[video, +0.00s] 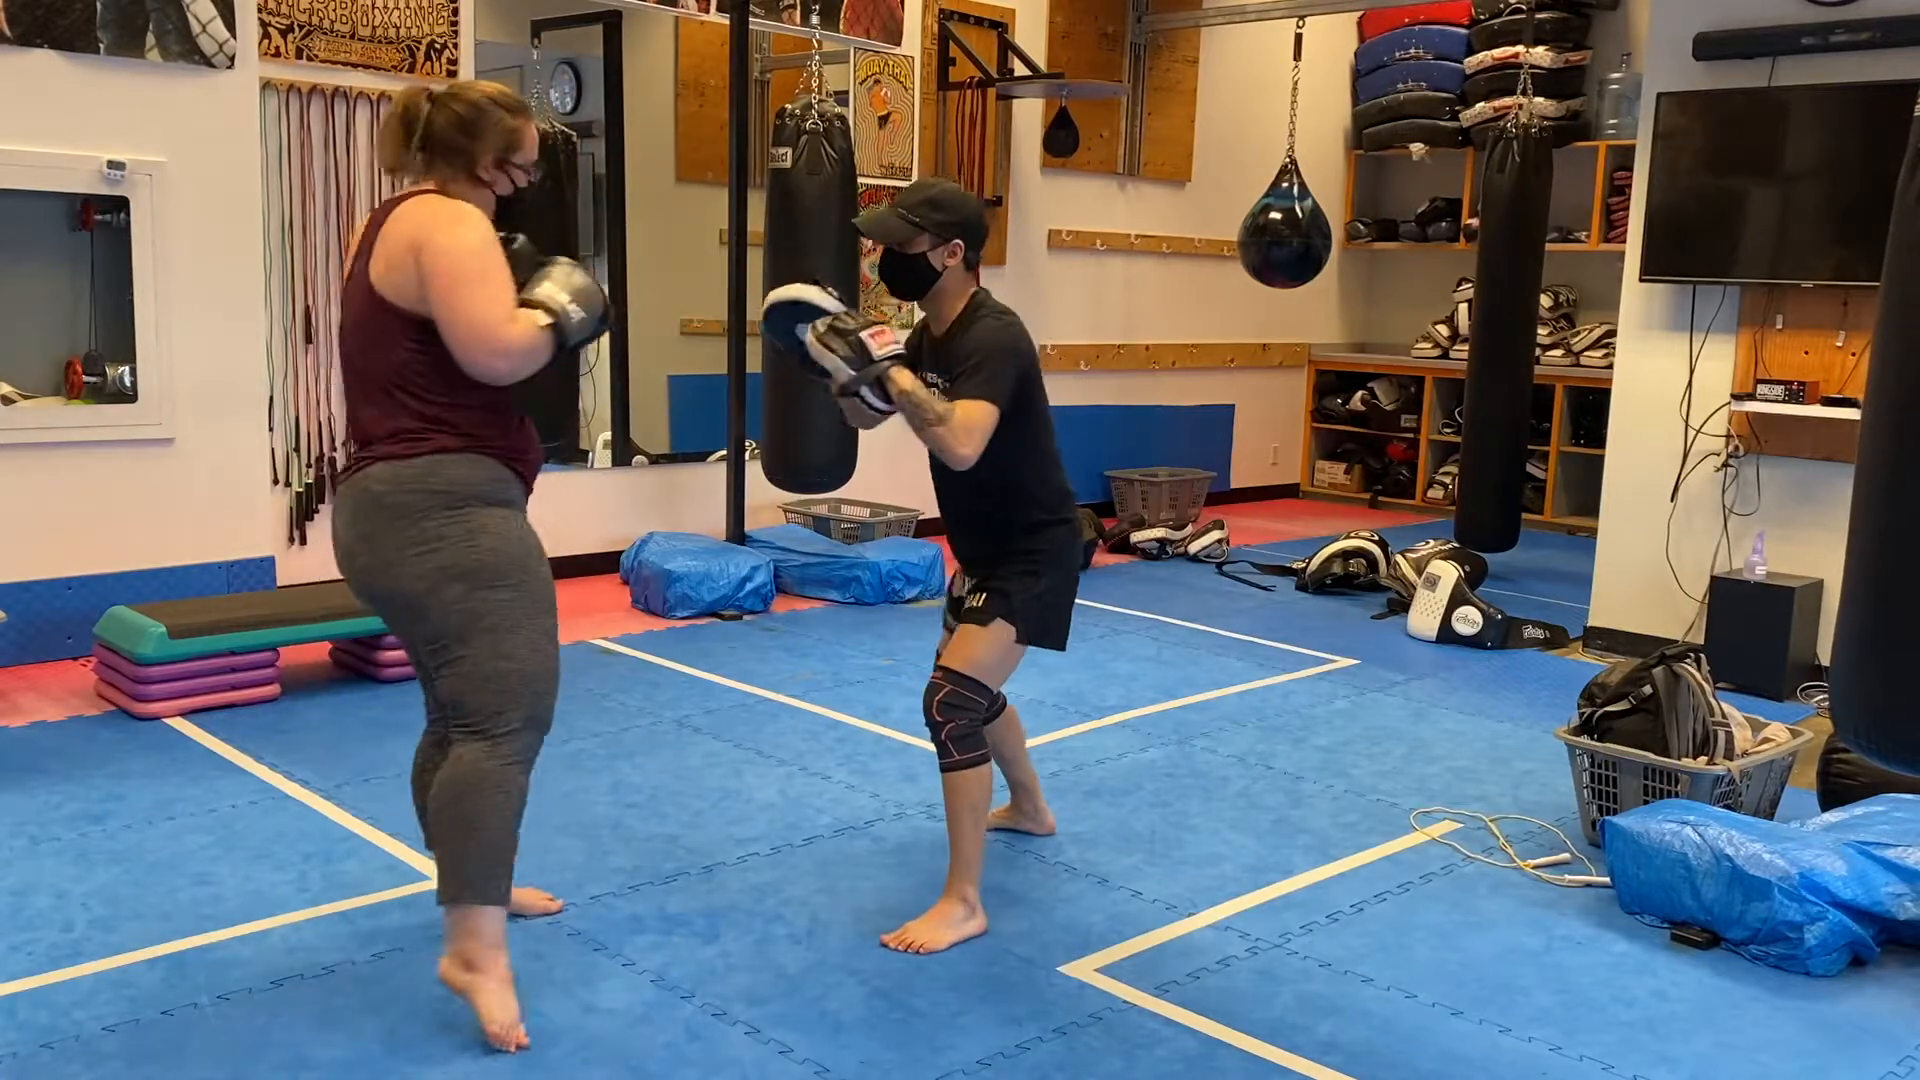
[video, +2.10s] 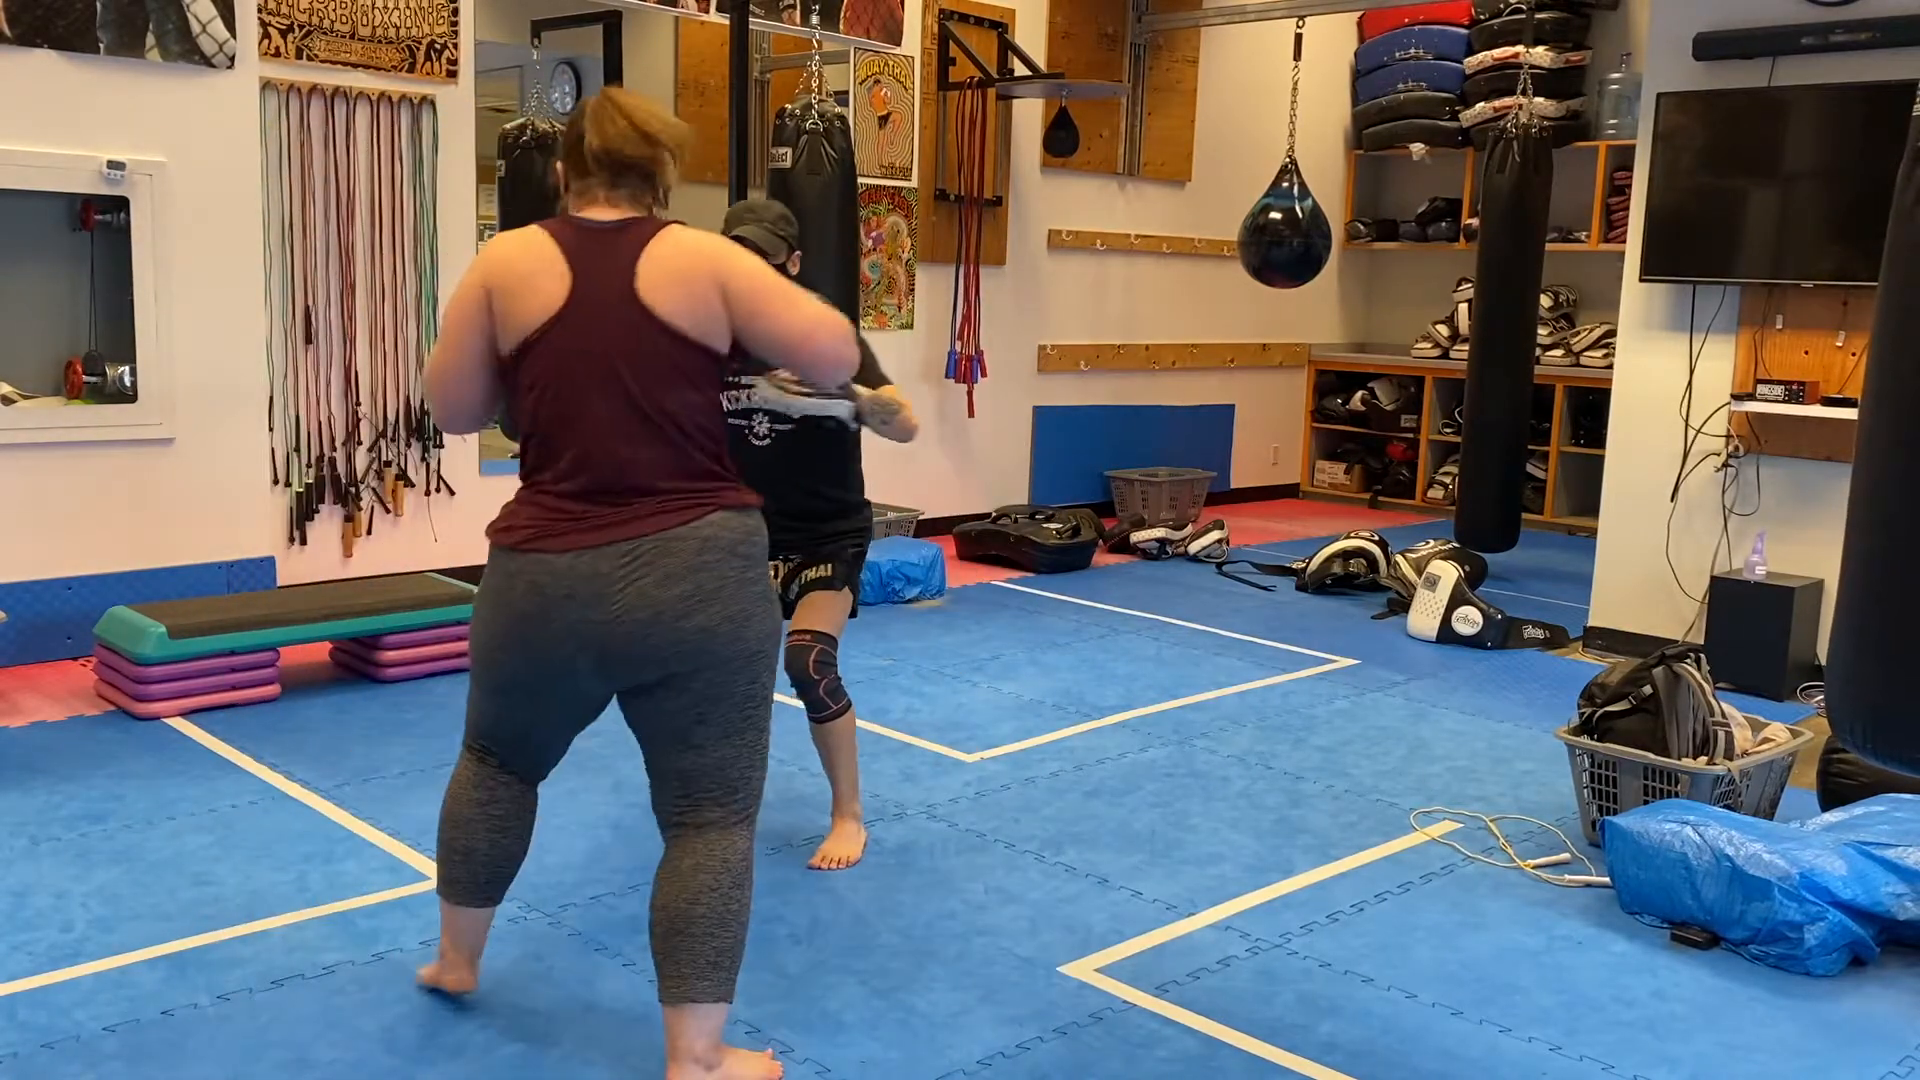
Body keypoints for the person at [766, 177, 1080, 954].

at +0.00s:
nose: (884, 259)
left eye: (899, 248)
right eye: (885, 246)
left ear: (949, 252)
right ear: (939, 254)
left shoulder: (995, 336)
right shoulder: (929, 329)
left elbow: (961, 443)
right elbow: (888, 411)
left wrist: (895, 377)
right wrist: (850, 366)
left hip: (1037, 545)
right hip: (981, 542)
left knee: (955, 701)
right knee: (965, 681)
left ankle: (964, 900)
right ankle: (1030, 803)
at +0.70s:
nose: (822, 271)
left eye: (835, 259)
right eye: (823, 258)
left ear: (882, 263)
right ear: (869, 264)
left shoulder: (948, 347)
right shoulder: (846, 348)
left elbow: (957, 460)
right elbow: (785, 442)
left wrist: (865, 399)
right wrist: (744, 374)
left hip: (986, 543)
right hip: (924, 543)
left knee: (922, 705)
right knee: (905, 690)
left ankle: (964, 901)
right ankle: (1009, 782)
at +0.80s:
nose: (812, 293)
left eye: (826, 282)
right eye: (812, 281)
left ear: (873, 285)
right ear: (855, 286)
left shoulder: (935, 365)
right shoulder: (837, 361)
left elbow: (939, 478)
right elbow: (780, 459)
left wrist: (848, 412)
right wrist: (738, 407)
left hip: (963, 562)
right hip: (902, 558)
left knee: (894, 725)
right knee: (845, 694)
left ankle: (963, 903)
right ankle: (963, 769)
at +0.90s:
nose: (794, 292)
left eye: (808, 281)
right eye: (795, 280)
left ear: (858, 284)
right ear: (837, 285)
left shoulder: (914, 367)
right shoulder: (817, 357)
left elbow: (903, 475)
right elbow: (756, 449)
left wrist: (821, 404)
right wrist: (721, 390)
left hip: (935, 566)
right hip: (873, 560)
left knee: (877, 728)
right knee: (798, 672)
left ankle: (962, 900)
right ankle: (879, 770)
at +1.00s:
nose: (775, 270)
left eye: (790, 257)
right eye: (776, 256)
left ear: (842, 262)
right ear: (821, 263)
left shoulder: (884, 349)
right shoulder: (792, 338)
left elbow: (871, 449)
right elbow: (729, 421)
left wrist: (799, 386)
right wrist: (713, 363)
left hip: (896, 548)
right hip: (834, 542)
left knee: (878, 713)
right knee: (766, 647)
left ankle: (958, 893)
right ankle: (780, 751)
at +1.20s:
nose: (734, 278)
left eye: (747, 267)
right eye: (732, 265)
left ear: (791, 270)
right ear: (746, 269)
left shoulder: (826, 348)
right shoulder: (729, 340)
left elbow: (830, 438)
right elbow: (655, 399)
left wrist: (755, 385)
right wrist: (637, 343)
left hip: (834, 535)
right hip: (765, 534)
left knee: (813, 661)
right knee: (697, 652)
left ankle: (862, 825)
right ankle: (737, 751)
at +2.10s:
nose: (744, 274)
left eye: (757, 260)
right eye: (736, 260)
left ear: (791, 260)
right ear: (723, 258)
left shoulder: (825, 331)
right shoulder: (713, 329)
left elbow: (903, 424)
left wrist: (838, 393)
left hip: (828, 524)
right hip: (743, 525)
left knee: (809, 659)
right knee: (721, 662)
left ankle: (847, 815)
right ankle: (714, 813)